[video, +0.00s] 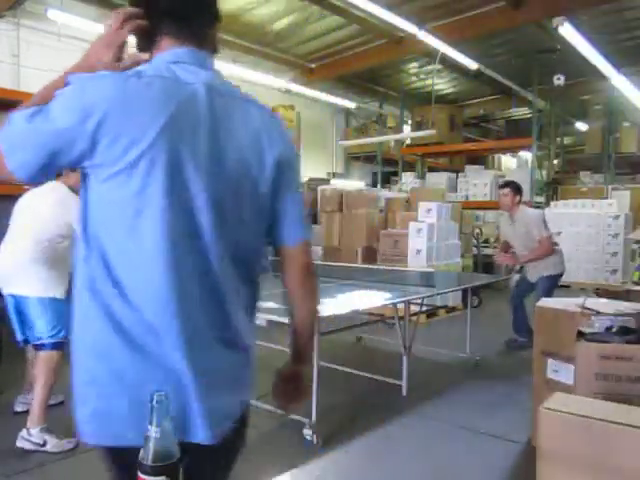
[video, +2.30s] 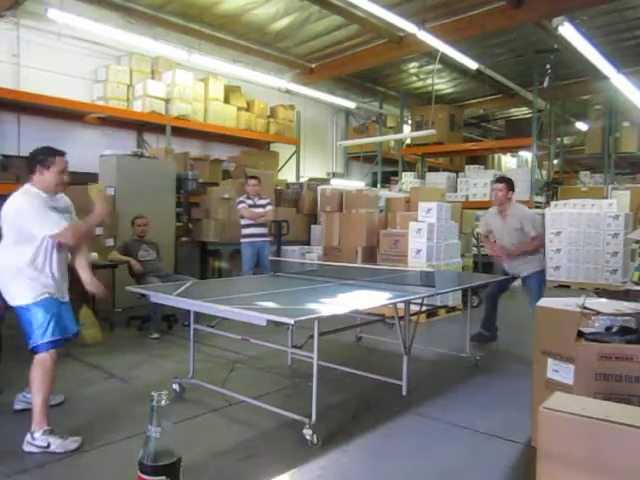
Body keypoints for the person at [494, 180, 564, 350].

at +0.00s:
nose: (501, 200)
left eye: (505, 195)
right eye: (500, 195)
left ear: (516, 197)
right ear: (501, 198)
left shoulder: (533, 216)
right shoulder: (506, 220)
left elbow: (547, 248)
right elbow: (506, 244)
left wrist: (519, 259)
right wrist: (502, 254)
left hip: (550, 266)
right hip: (531, 266)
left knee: (539, 301)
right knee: (515, 297)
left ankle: (544, 339)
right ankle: (523, 336)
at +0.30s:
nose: (518, 210)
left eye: (523, 206)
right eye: (516, 206)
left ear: (534, 208)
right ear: (514, 208)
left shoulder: (550, 228)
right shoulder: (511, 226)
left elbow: (562, 259)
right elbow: (488, 245)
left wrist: (546, 264)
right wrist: (493, 254)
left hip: (552, 276)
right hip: (529, 276)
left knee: (540, 305)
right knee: (512, 307)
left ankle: (544, 339)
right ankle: (523, 337)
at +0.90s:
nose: (506, 199)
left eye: (510, 195)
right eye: (505, 195)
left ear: (522, 198)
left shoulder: (537, 219)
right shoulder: (505, 220)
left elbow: (551, 249)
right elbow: (497, 242)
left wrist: (525, 261)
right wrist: (501, 256)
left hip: (541, 270)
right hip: (521, 271)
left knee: (537, 308)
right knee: (503, 299)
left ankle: (541, 345)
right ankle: (509, 334)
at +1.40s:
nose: (519, 210)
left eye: (523, 205)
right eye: (516, 205)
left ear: (532, 207)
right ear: (512, 208)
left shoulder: (546, 229)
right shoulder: (508, 226)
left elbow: (558, 259)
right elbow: (495, 248)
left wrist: (542, 269)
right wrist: (509, 264)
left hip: (539, 279)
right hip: (517, 278)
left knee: (536, 309)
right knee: (496, 307)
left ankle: (542, 344)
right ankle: (509, 335)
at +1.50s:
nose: (525, 212)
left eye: (529, 207)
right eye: (523, 207)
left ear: (539, 209)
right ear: (520, 209)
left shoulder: (552, 233)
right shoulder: (514, 226)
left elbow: (564, 261)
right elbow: (493, 247)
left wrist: (553, 270)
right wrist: (509, 257)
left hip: (541, 278)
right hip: (519, 278)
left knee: (539, 312)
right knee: (497, 311)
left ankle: (543, 347)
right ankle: (510, 336)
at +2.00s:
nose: (514, 198)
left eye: (518, 194)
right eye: (512, 194)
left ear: (528, 197)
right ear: (511, 197)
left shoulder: (543, 220)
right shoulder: (509, 219)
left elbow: (559, 249)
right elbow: (500, 240)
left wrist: (534, 263)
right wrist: (504, 255)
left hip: (542, 270)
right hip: (521, 268)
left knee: (540, 307)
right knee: (501, 296)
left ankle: (545, 346)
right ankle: (489, 331)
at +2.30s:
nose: (495, 195)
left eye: (499, 191)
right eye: (493, 190)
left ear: (510, 194)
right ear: (492, 193)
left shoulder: (524, 213)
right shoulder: (491, 214)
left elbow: (539, 241)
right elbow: (483, 235)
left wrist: (518, 250)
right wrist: (491, 248)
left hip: (530, 265)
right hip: (507, 265)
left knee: (536, 305)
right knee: (490, 294)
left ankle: (544, 342)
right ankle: (488, 331)